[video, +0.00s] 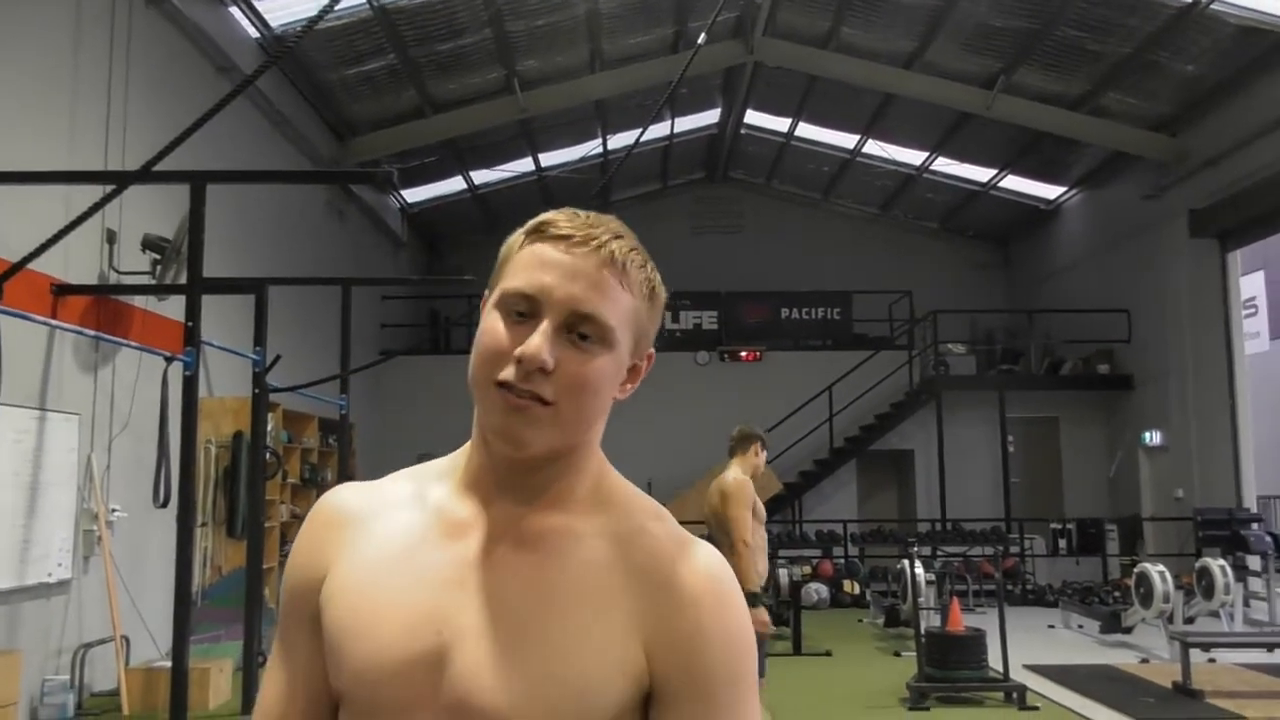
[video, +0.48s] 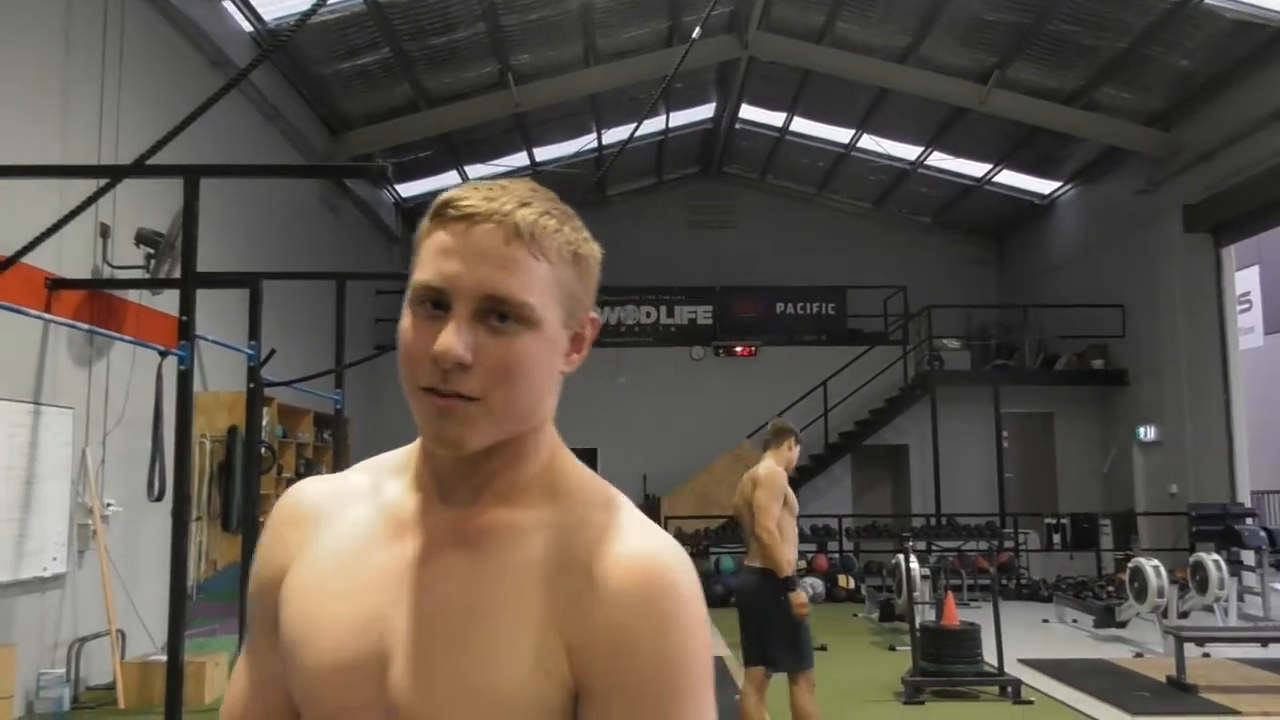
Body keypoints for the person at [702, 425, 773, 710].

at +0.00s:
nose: (764, 463)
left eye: (764, 456)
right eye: (764, 456)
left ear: (734, 451)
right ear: (755, 450)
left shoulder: (719, 485)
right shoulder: (739, 484)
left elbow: (721, 545)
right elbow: (740, 545)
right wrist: (754, 600)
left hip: (731, 592)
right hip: (749, 595)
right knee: (754, 680)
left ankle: (745, 710)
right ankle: (751, 711)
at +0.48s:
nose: (796, 458)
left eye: (798, 452)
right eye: (797, 451)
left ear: (769, 445)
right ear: (790, 445)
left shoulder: (750, 477)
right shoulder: (772, 472)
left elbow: (752, 534)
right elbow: (766, 530)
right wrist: (791, 583)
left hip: (751, 578)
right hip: (774, 580)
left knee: (755, 676)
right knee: (803, 678)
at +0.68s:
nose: (836, 454)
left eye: (837, 448)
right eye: (836, 447)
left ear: (806, 442)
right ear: (827, 442)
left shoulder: (780, 475)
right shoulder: (814, 470)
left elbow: (785, 531)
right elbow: (810, 527)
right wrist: (838, 573)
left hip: (782, 575)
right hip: (810, 578)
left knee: (787, 667)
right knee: (845, 668)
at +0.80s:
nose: (873, 450)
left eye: (874, 444)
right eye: (873, 443)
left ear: (844, 436)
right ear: (864, 438)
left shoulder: (817, 470)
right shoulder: (856, 468)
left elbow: (817, 525)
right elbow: (858, 525)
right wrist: (881, 571)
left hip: (821, 568)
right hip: (853, 573)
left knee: (822, 662)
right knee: (873, 668)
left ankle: (811, 712)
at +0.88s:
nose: (916, 442)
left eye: (917, 436)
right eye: (915, 435)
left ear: (885, 430)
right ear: (907, 431)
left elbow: (855, 518)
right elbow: (909, 519)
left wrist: (866, 548)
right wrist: (928, 569)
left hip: (867, 560)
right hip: (900, 562)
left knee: (866, 650)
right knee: (912, 656)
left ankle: (850, 711)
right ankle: (918, 712)